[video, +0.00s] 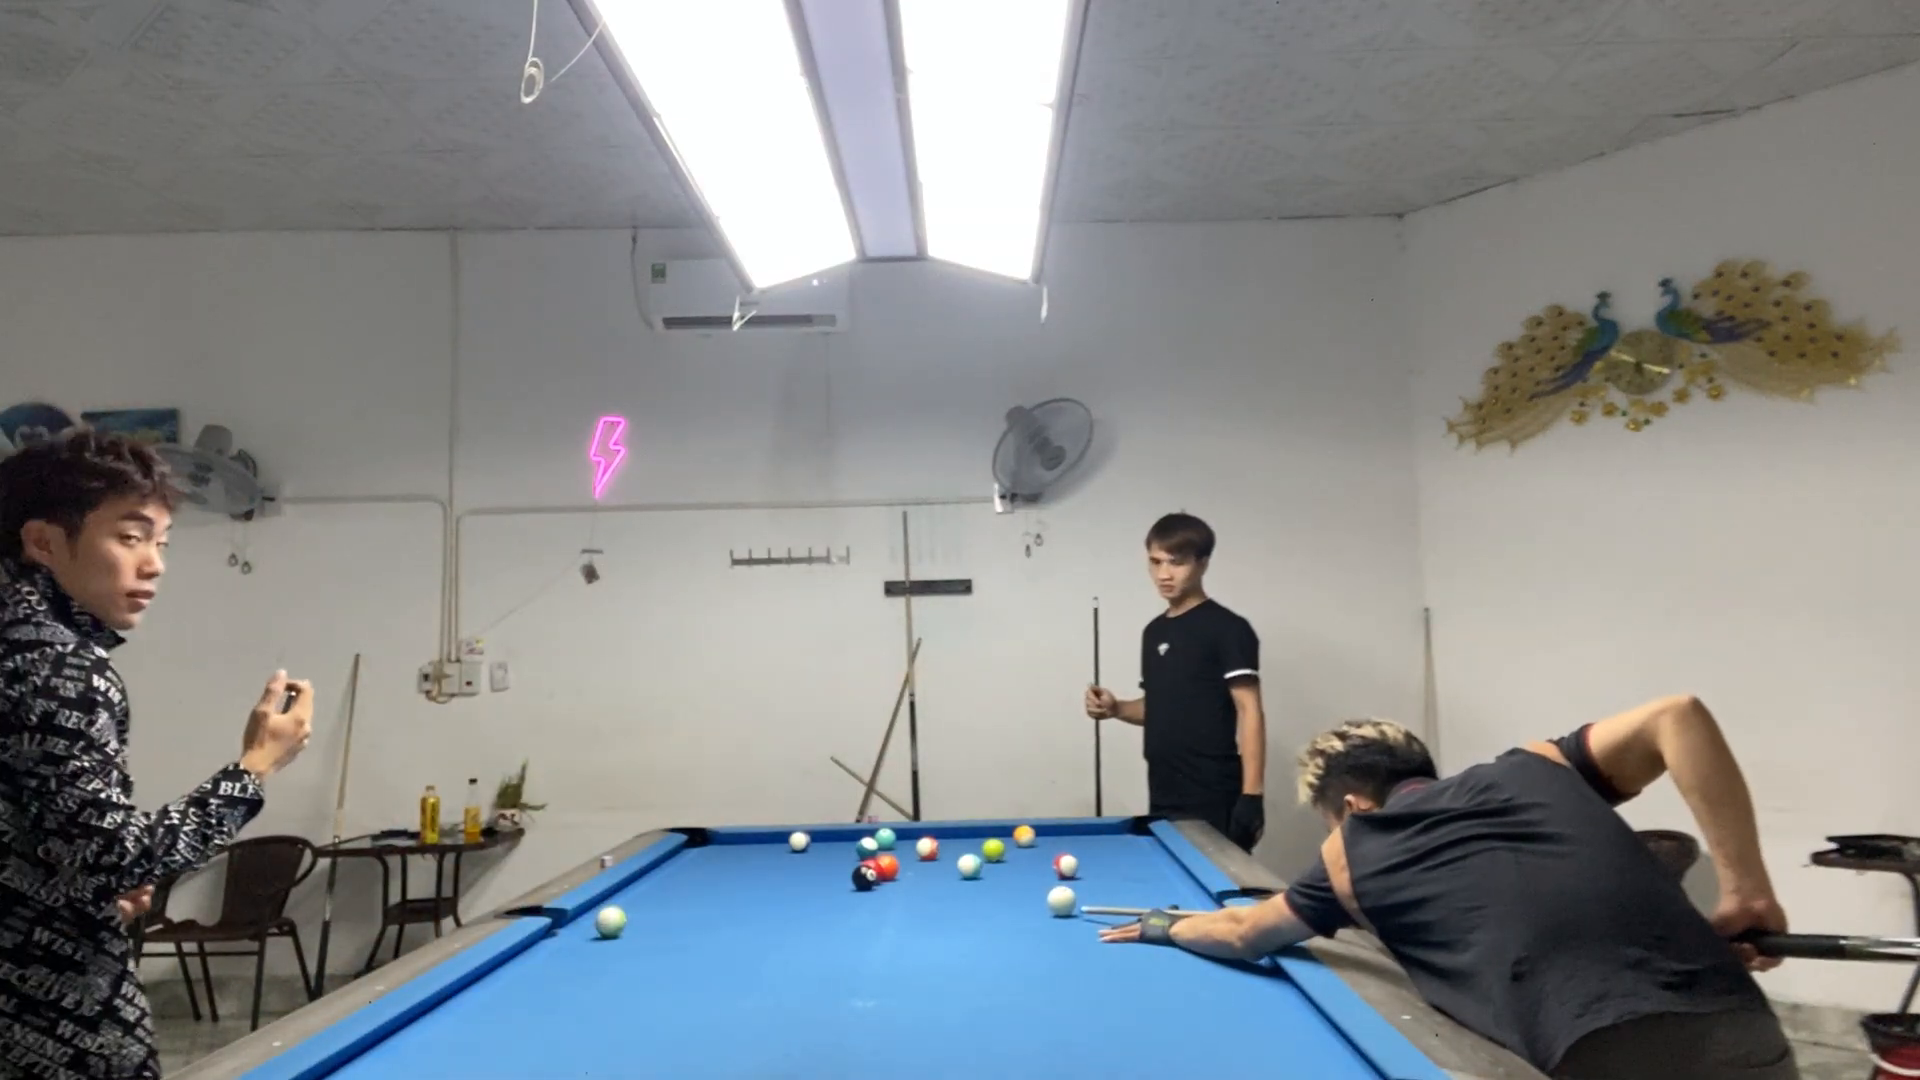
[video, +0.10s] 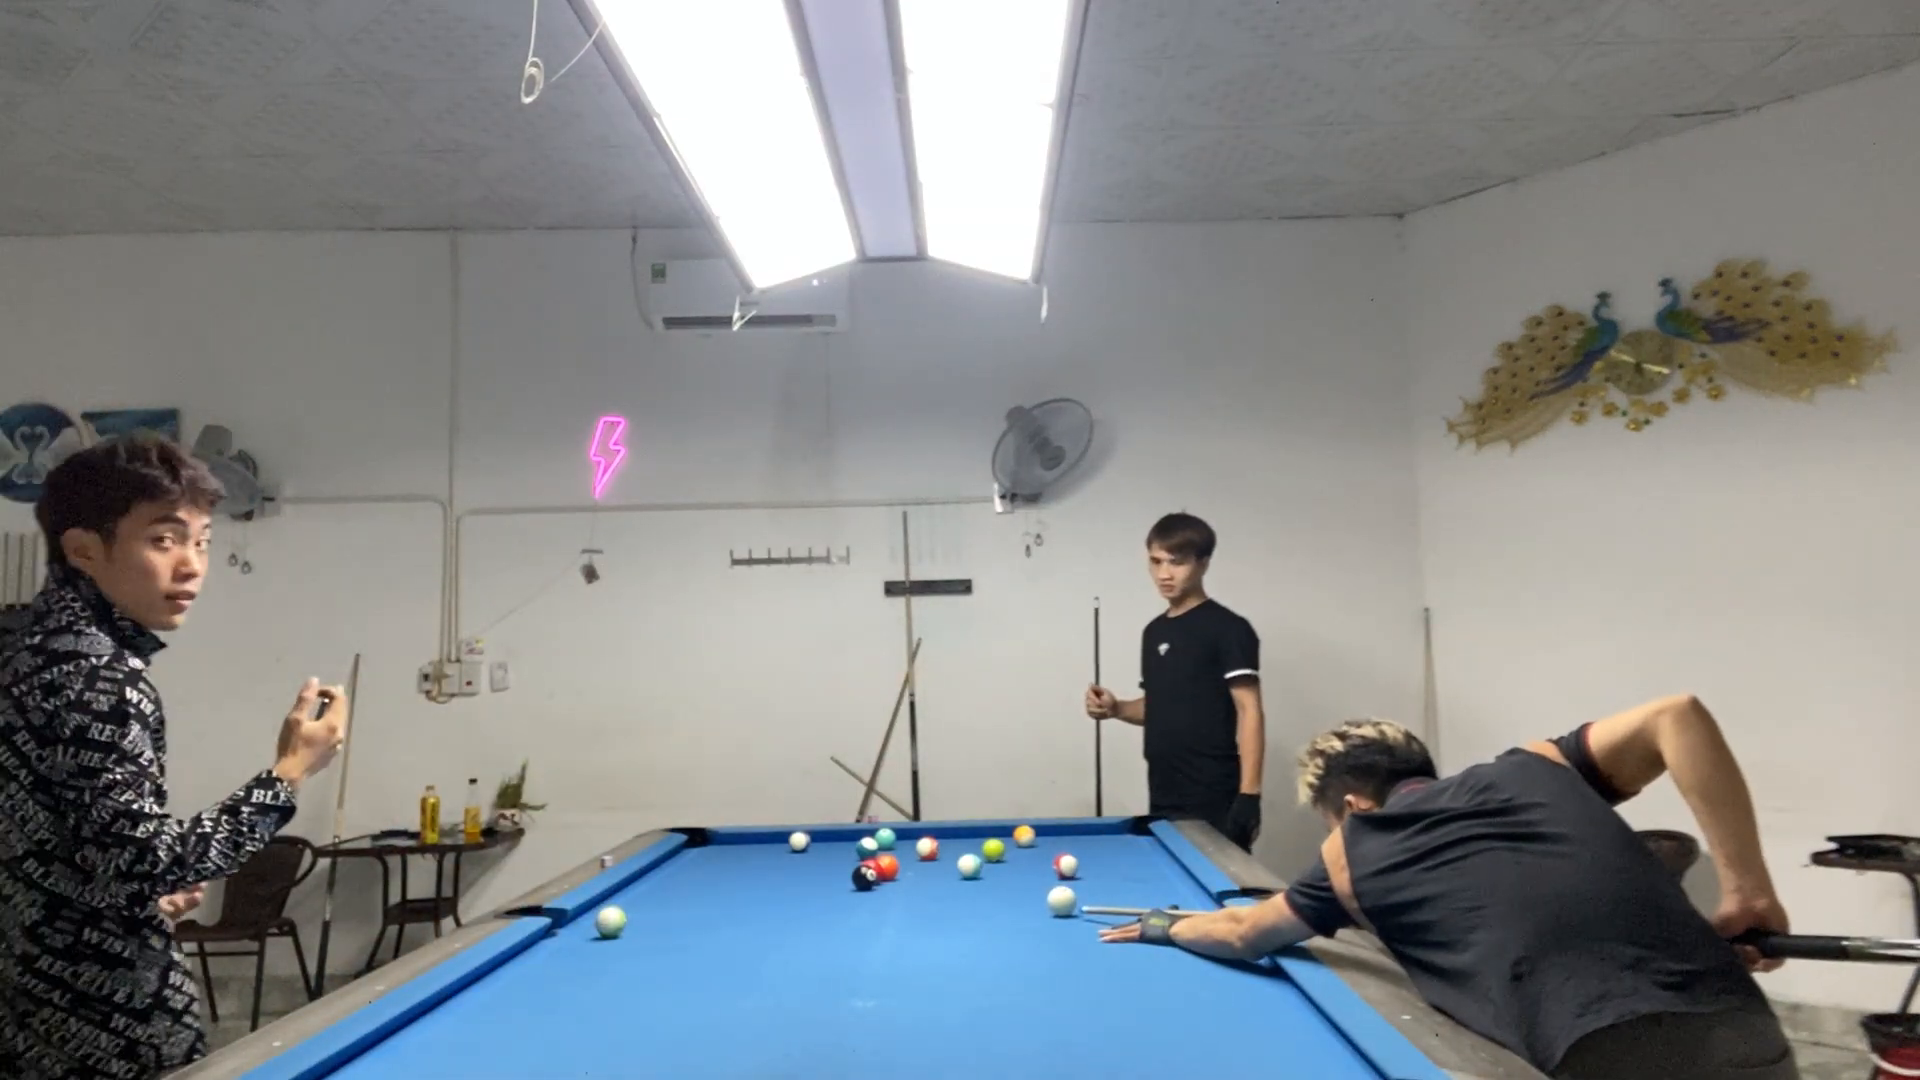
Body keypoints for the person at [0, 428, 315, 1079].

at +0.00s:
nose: (155, 566)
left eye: (159, 543)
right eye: (128, 537)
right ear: (45, 544)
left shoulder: (25, 637)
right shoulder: (56, 663)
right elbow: (111, 866)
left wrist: (118, 883)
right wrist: (254, 768)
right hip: (66, 1032)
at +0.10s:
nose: (192, 565)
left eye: (200, 542)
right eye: (164, 539)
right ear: (84, 550)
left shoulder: (23, 637)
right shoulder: (95, 676)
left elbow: (30, 845)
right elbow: (137, 867)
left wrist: (146, 889)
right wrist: (289, 774)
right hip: (103, 1029)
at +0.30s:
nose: (253, 563)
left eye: (264, 539)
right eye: (223, 539)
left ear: (276, 543)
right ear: (155, 550)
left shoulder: (81, 645)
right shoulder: (156, 672)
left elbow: (88, 849)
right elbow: (189, 862)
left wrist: (223, 880)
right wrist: (337, 769)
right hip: (168, 1032)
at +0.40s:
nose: (273, 563)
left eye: (287, 538)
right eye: (244, 539)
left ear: (300, 544)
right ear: (182, 549)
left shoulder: (124, 645)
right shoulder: (177, 666)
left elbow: (133, 840)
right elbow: (219, 860)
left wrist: (259, 871)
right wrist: (349, 764)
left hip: (137, 1005)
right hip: (205, 1023)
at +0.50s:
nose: (288, 565)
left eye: (303, 542)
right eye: (259, 540)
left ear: (317, 550)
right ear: (203, 550)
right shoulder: (177, 666)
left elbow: (203, 810)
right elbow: (217, 846)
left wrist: (288, 845)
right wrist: (355, 764)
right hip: (216, 1019)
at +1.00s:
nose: (350, 561)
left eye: (366, 541)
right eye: (326, 540)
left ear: (381, 552)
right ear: (281, 549)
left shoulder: (314, 658)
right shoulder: (241, 654)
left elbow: (293, 807)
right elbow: (243, 810)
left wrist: (366, 844)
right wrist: (374, 743)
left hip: (321, 951)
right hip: (259, 967)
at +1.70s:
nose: (299, 563)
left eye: (314, 543)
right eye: (275, 542)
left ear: (329, 554)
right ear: (230, 554)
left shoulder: (267, 664)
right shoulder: (187, 657)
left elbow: (251, 820)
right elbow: (188, 796)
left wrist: (297, 897)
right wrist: (321, 728)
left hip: (279, 965)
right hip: (199, 973)